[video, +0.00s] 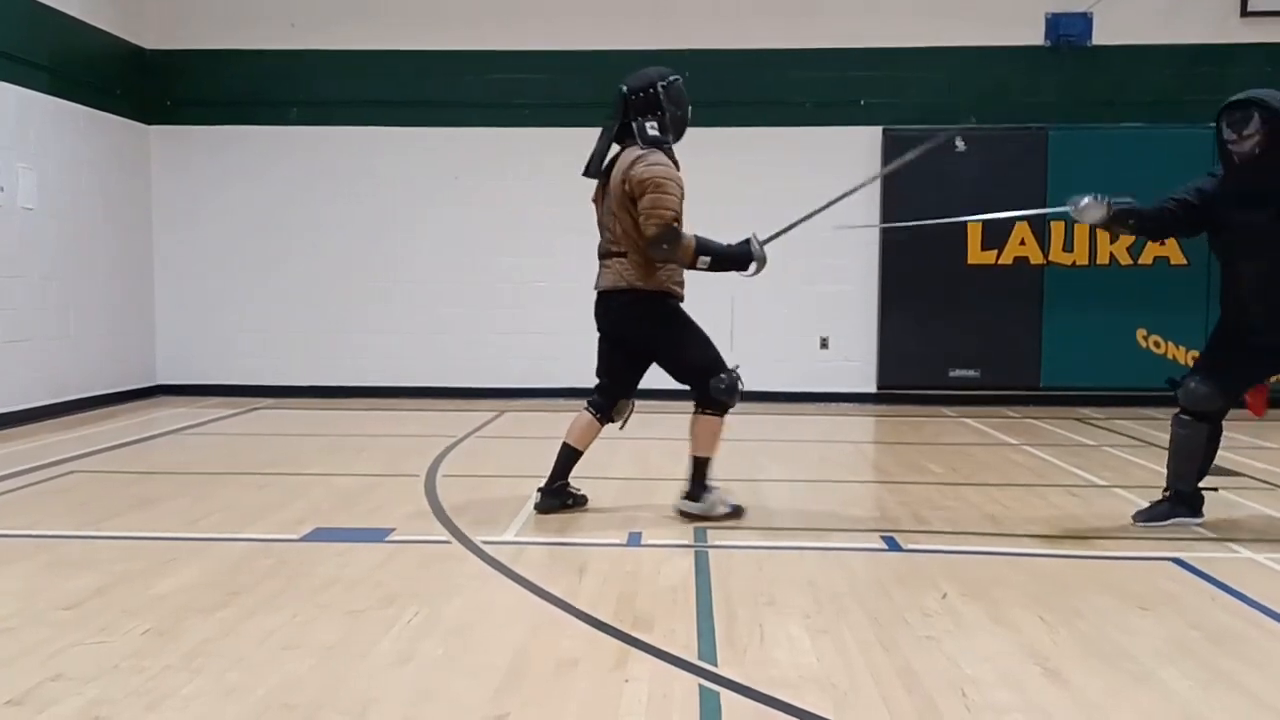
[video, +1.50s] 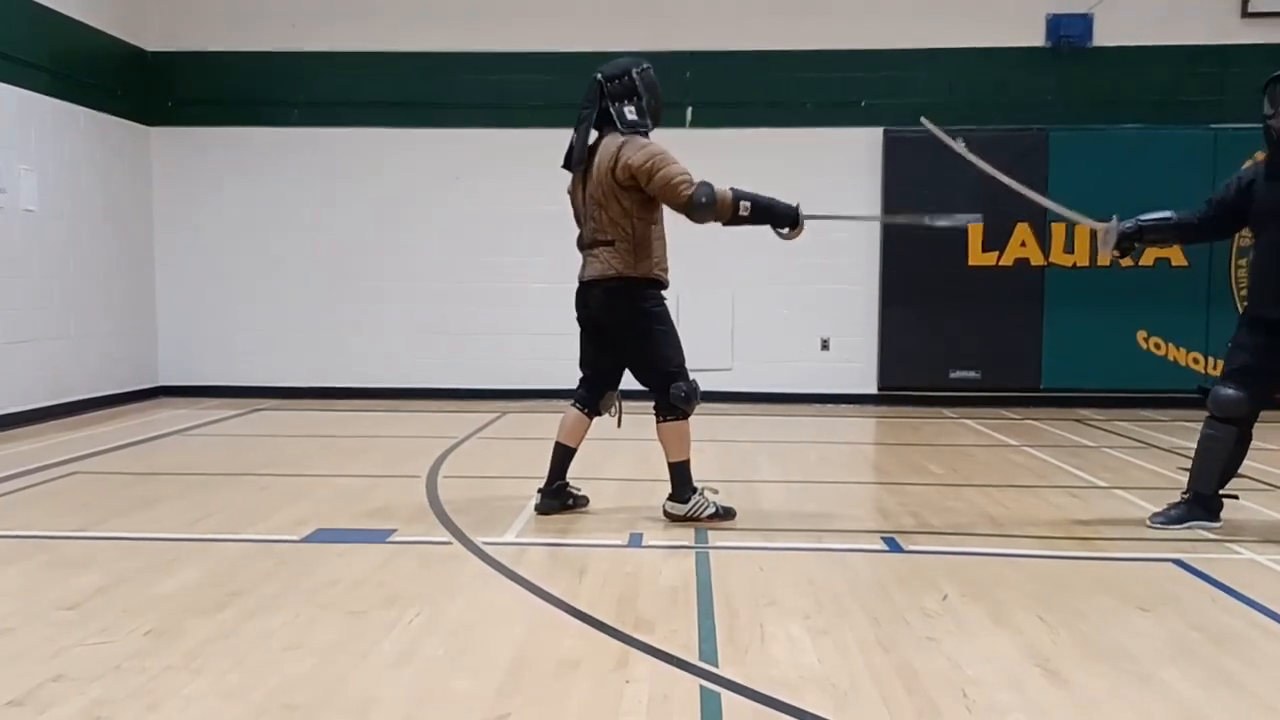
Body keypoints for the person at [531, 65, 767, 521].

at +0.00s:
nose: (685, 112)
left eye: (682, 103)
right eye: (678, 104)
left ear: (632, 111)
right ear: (664, 110)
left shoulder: (620, 162)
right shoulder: (655, 167)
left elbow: (635, 243)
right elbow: (663, 243)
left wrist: (721, 257)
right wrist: (731, 256)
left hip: (615, 304)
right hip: (648, 305)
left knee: (609, 397)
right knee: (717, 383)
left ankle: (554, 486)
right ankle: (698, 492)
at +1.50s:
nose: (655, 105)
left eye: (651, 96)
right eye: (650, 97)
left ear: (604, 104)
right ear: (638, 101)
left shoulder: (588, 153)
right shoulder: (639, 152)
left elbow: (584, 219)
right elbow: (699, 201)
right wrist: (775, 212)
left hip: (595, 293)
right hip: (634, 294)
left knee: (594, 389)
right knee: (674, 390)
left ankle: (553, 487)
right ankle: (683, 495)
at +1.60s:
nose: (659, 104)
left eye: (656, 95)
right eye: (654, 96)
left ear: (609, 101)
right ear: (641, 100)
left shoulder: (592, 151)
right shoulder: (643, 150)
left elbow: (587, 225)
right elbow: (707, 200)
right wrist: (788, 208)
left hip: (596, 292)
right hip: (635, 293)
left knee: (592, 387)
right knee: (675, 391)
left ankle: (553, 488)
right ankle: (683, 496)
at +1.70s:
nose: (663, 104)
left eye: (660, 95)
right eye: (658, 95)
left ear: (612, 101)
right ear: (644, 100)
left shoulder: (594, 150)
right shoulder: (647, 150)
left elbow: (588, 224)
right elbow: (712, 201)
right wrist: (792, 207)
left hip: (596, 292)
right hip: (636, 293)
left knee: (592, 386)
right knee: (676, 391)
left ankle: (553, 487)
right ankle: (683, 495)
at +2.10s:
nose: (667, 103)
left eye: (664, 93)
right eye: (661, 94)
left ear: (617, 101)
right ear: (646, 101)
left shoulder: (595, 151)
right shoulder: (642, 153)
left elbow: (591, 217)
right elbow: (673, 224)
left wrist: (705, 225)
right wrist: (736, 223)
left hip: (594, 291)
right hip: (632, 294)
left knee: (591, 388)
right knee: (674, 392)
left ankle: (553, 487)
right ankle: (683, 496)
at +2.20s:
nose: (664, 103)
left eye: (661, 94)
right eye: (659, 95)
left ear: (613, 101)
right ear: (646, 100)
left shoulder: (592, 151)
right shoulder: (641, 155)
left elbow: (596, 224)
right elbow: (649, 229)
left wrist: (689, 233)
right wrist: (707, 236)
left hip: (590, 292)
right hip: (628, 294)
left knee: (592, 386)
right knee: (671, 392)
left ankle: (553, 487)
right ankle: (683, 495)